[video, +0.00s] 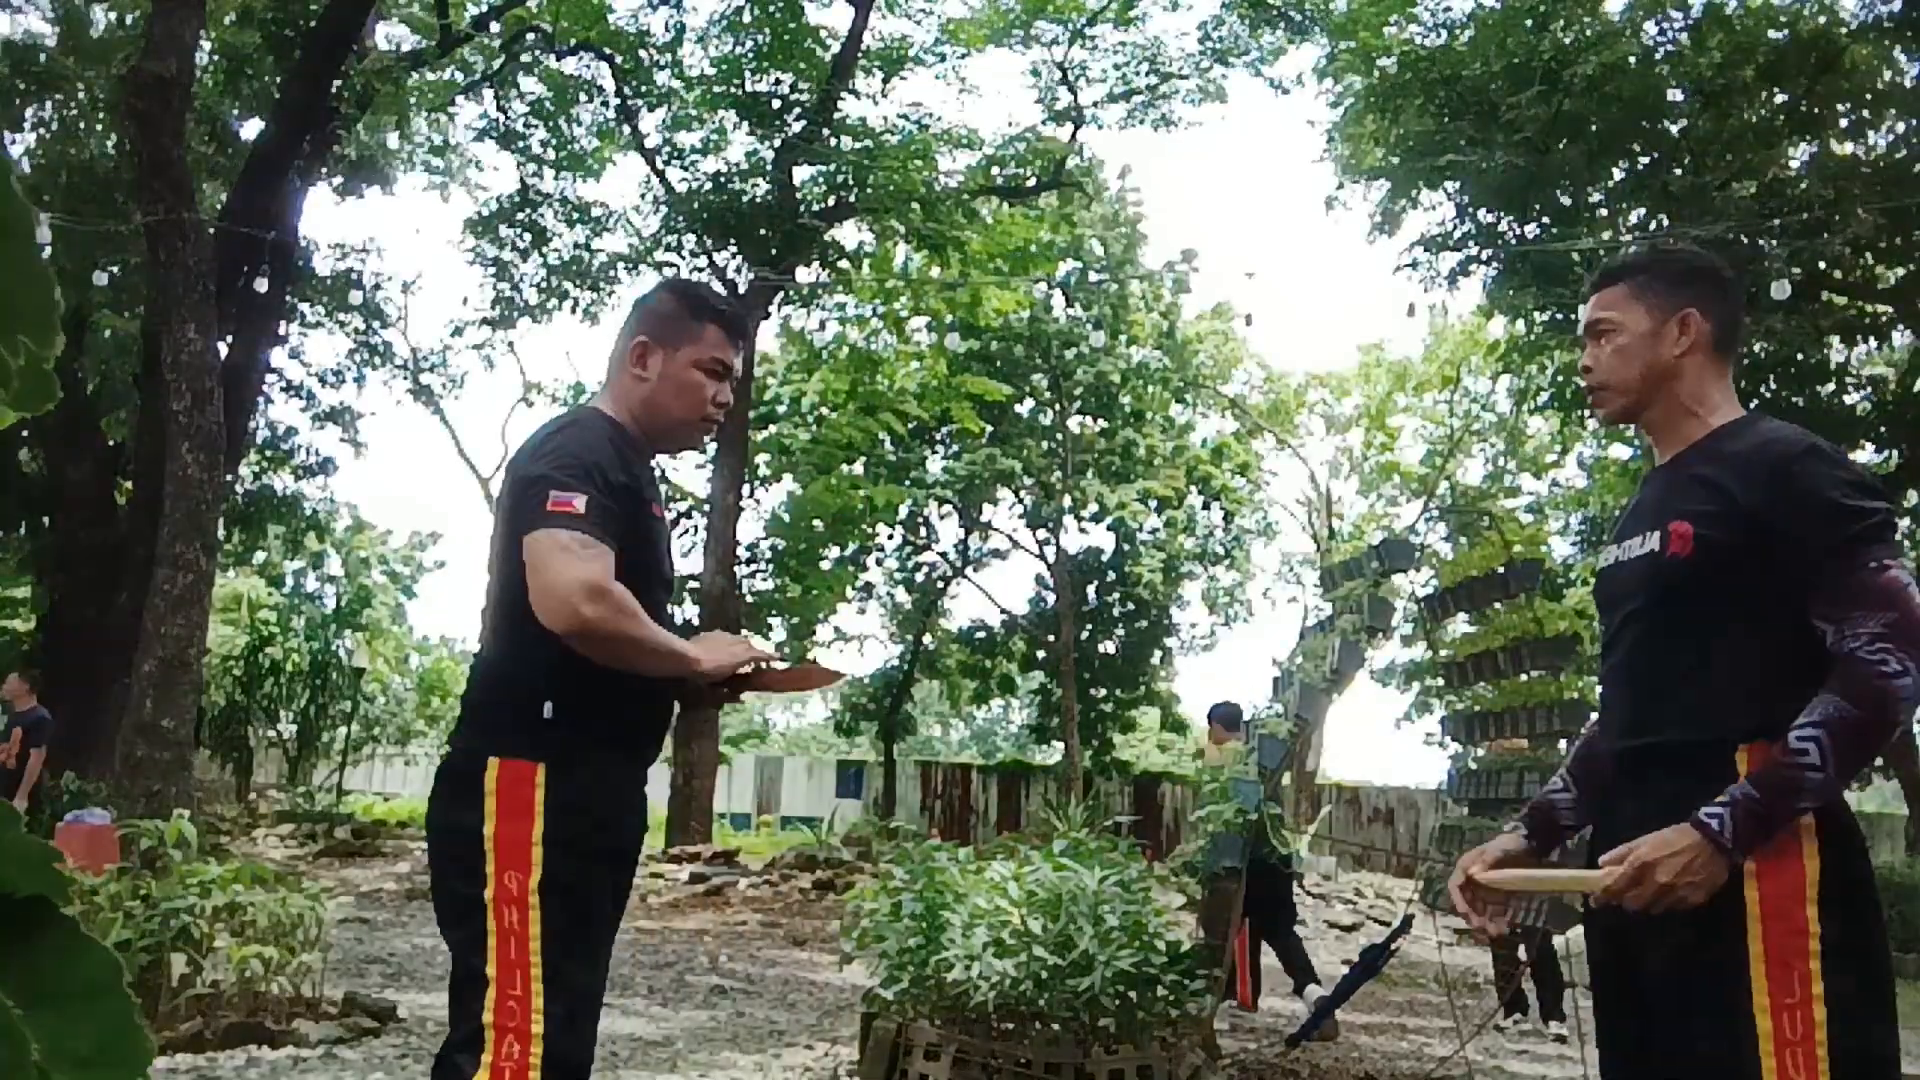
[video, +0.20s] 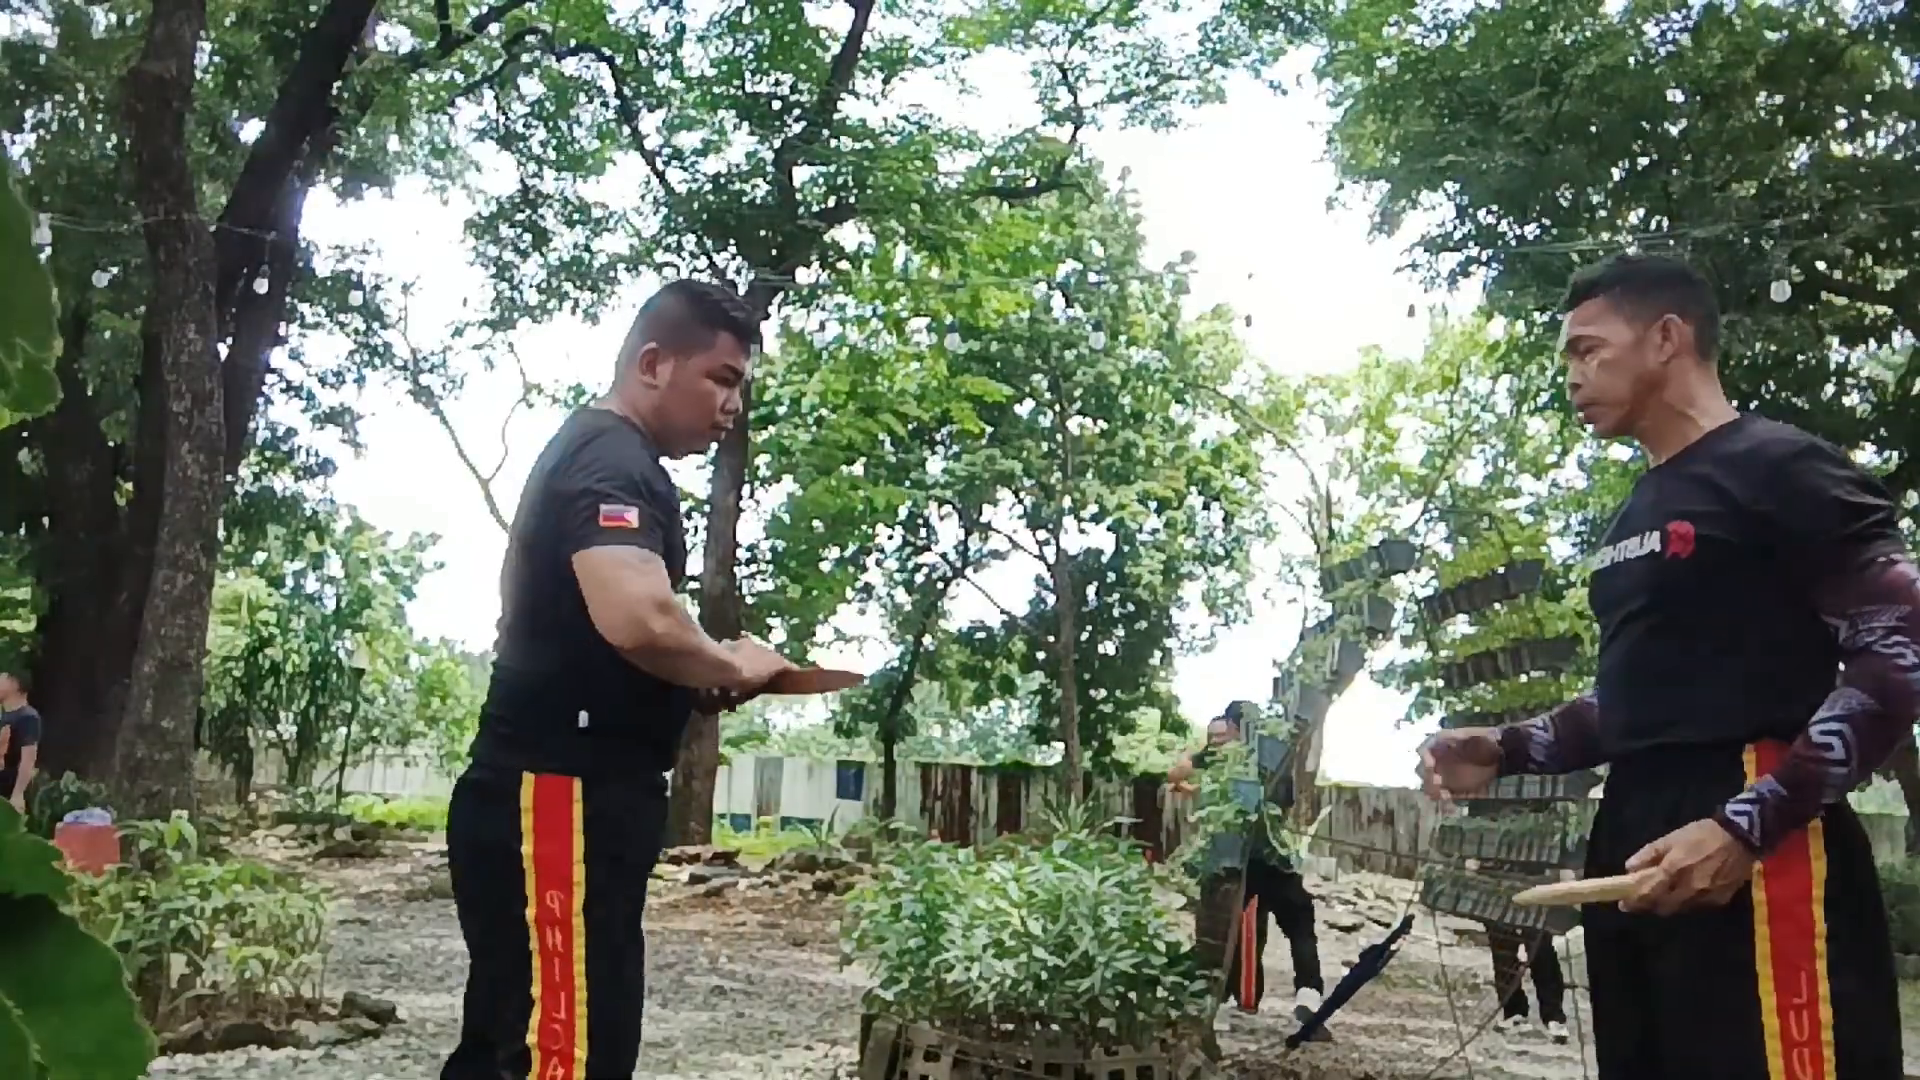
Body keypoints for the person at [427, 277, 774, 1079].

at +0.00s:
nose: (726, 399)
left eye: (731, 382)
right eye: (713, 372)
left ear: (650, 365)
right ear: (644, 358)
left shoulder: (625, 472)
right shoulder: (581, 446)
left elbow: (612, 633)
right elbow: (572, 600)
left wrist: (710, 671)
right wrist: (691, 656)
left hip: (581, 788)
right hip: (529, 786)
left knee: (552, 1046)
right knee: (516, 1050)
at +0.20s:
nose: (733, 406)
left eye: (739, 388)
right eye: (722, 380)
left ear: (657, 370)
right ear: (654, 365)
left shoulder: (607, 453)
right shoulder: (610, 453)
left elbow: (615, 625)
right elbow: (639, 620)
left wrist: (700, 672)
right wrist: (730, 664)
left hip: (576, 796)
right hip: (557, 797)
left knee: (517, 1051)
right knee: (565, 1056)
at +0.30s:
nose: (758, 409)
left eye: (765, 392)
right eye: (751, 383)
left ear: (684, 368)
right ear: (685, 364)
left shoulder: (593, 448)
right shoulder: (654, 458)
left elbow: (516, 614)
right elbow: (720, 641)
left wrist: (690, 667)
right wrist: (792, 680)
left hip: (570, 797)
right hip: (592, 806)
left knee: (585, 1051)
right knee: (589, 1059)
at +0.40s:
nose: (805, 418)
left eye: (812, 399)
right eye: (797, 389)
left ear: (726, 367)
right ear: (728, 364)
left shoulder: (610, 451)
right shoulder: (699, 460)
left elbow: (495, 559)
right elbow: (788, 652)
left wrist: (593, 651)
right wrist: (837, 680)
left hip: (668, 805)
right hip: (607, 804)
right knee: (588, 1062)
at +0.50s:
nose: (852, 420)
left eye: (860, 401)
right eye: (843, 391)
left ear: (768, 368)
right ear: (772, 366)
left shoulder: (656, 447)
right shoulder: (733, 466)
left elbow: (544, 537)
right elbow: (832, 660)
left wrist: (645, 661)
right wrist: (891, 659)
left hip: (722, 814)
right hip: (634, 814)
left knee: (847, 1048)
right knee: (603, 1066)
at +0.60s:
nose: (936, 434)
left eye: (942, 415)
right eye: (926, 405)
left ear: (854, 390)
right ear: (851, 383)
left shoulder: (832, 500)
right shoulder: (760, 487)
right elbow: (862, 674)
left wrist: (864, 703)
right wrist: (942, 637)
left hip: (801, 845)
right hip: (677, 847)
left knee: (910, 1068)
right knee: (611, 1070)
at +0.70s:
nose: (1001, 467)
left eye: (1007, 445)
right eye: (986, 438)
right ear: (907, 419)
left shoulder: (956, 545)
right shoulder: (781, 524)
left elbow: (971, 664)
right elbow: (843, 708)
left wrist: (1077, 737)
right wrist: (975, 660)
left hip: (877, 880)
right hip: (728, 880)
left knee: (985, 1069)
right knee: (634, 1070)